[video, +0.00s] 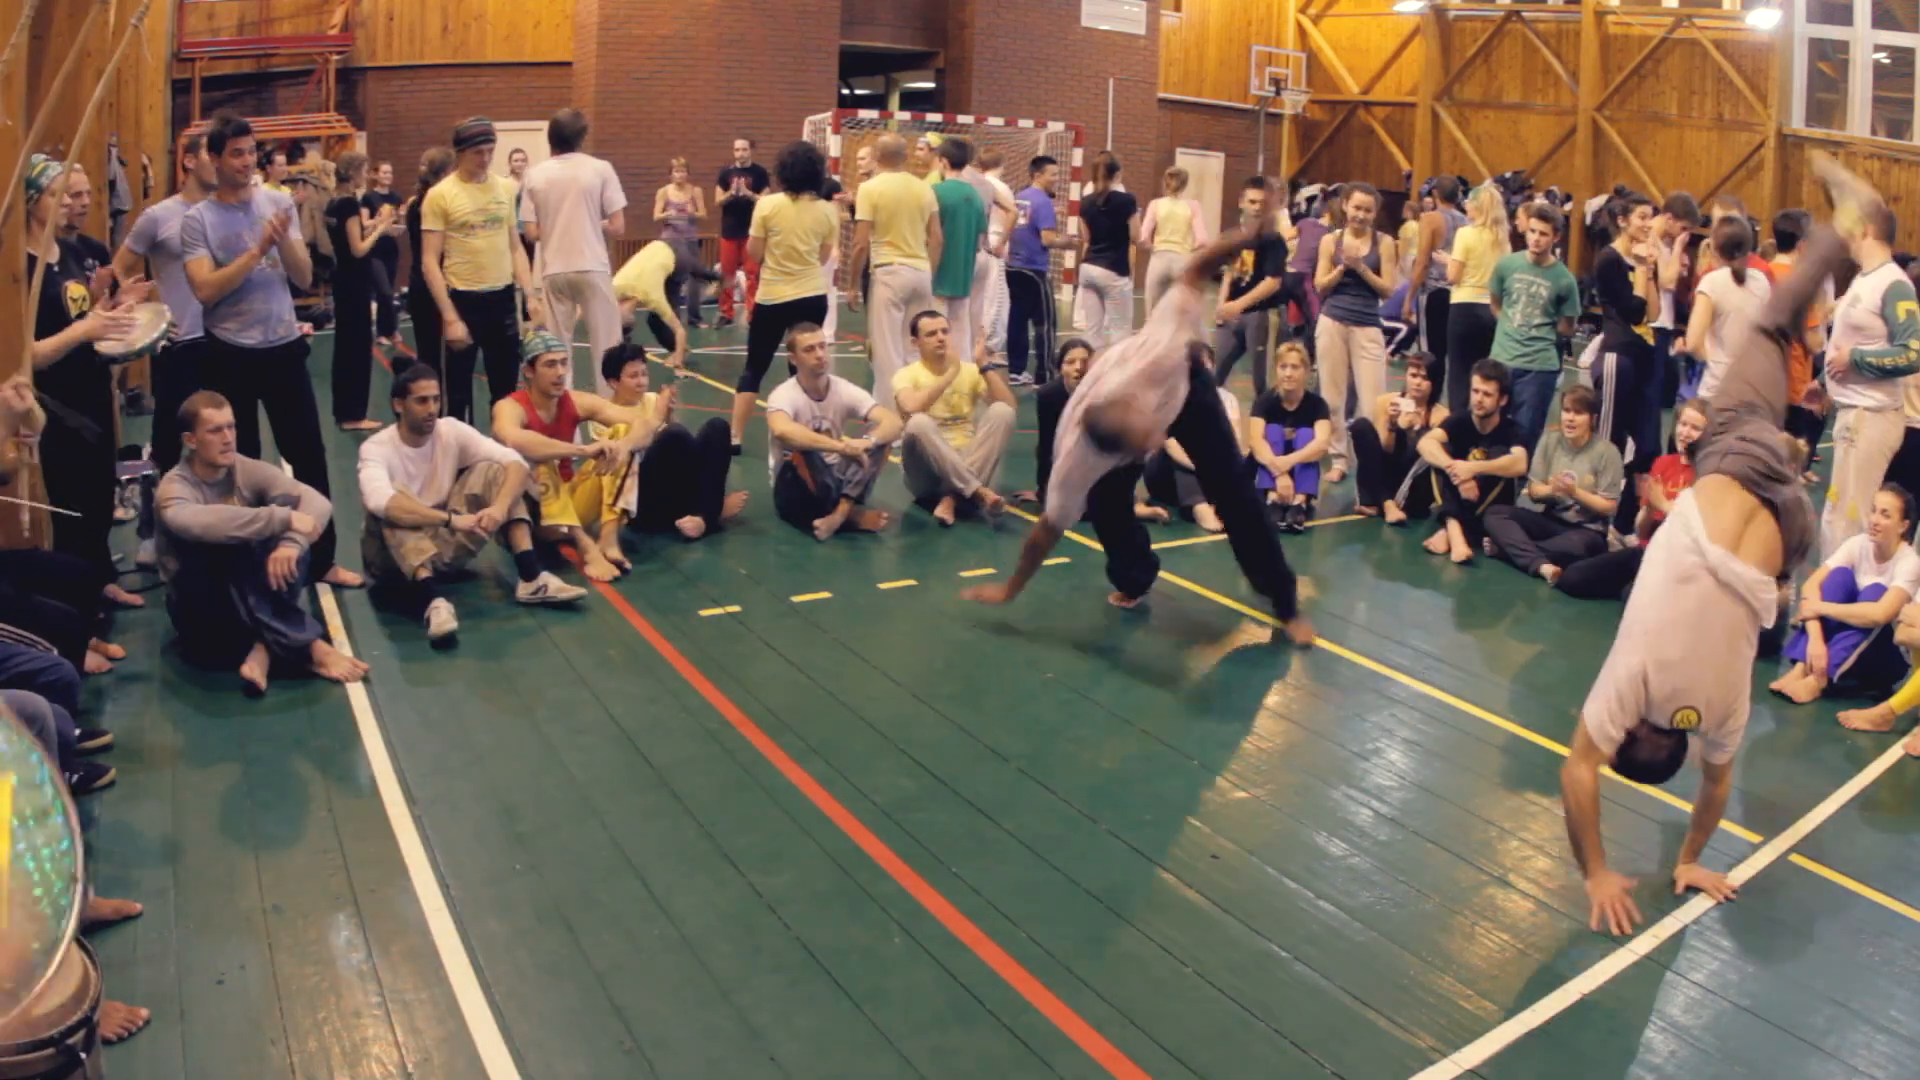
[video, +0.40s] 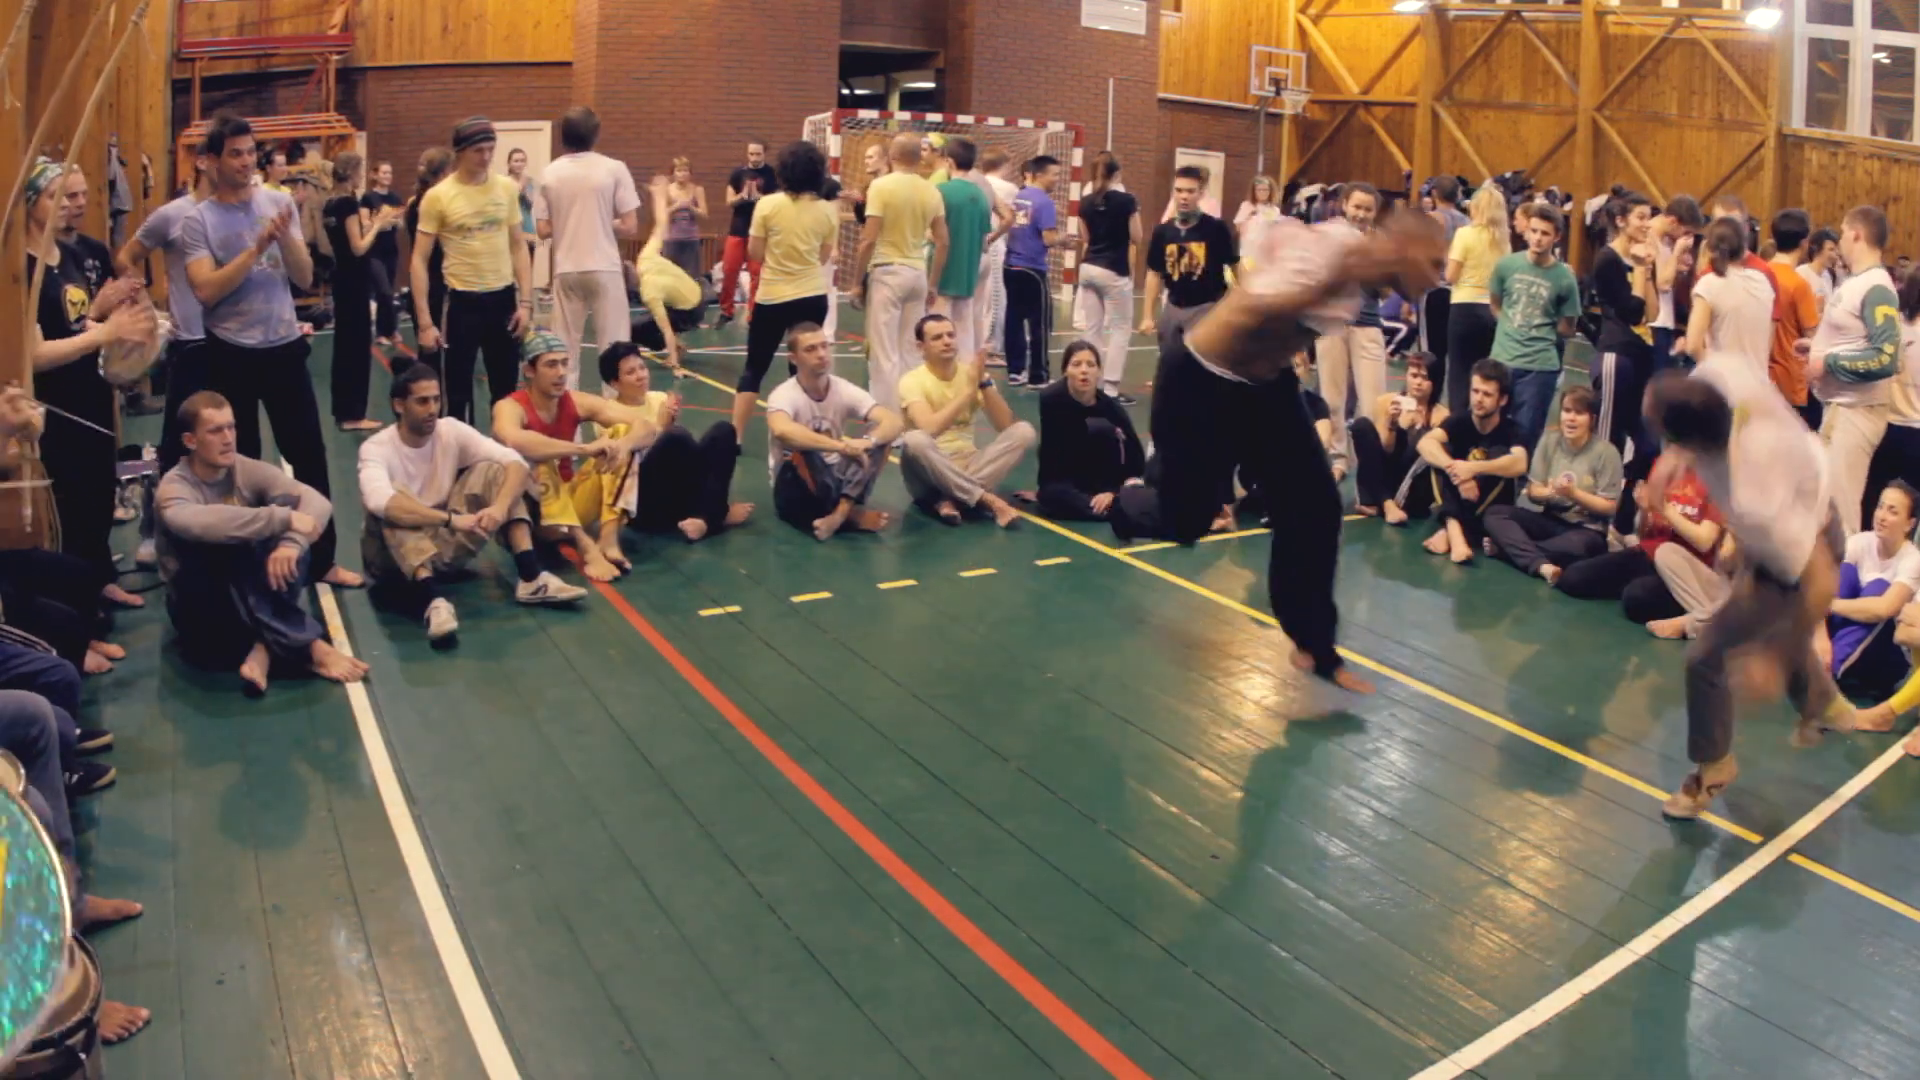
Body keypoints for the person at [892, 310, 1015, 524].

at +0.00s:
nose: (940, 338)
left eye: (944, 332)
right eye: (931, 334)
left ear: (950, 335)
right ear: (916, 342)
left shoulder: (969, 371)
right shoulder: (906, 376)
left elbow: (1008, 407)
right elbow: (911, 406)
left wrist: (985, 367)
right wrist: (950, 374)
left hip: (969, 475)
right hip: (926, 477)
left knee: (1003, 411)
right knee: (918, 423)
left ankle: (952, 497)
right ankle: (978, 490)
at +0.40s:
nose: (947, 342)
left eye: (951, 335)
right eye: (937, 338)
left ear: (957, 339)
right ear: (921, 346)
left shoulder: (970, 373)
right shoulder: (911, 382)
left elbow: (1005, 425)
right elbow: (929, 427)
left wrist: (985, 380)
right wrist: (969, 391)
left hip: (972, 466)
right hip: (932, 471)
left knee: (1024, 431)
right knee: (915, 441)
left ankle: (954, 499)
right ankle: (990, 501)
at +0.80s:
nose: (972, 348)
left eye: (971, 341)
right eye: (966, 342)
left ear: (947, 345)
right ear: (944, 345)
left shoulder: (976, 377)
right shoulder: (915, 383)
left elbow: (1005, 432)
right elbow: (925, 436)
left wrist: (991, 386)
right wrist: (954, 388)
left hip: (973, 466)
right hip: (934, 467)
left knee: (1028, 440)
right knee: (913, 447)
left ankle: (953, 500)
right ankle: (986, 501)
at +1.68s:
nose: (981, 346)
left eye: (979, 340)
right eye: (974, 341)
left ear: (955, 348)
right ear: (954, 348)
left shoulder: (982, 377)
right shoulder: (919, 386)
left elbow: (1006, 431)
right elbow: (937, 442)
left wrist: (985, 380)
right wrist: (972, 405)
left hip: (974, 463)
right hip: (935, 464)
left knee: (1006, 458)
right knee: (908, 457)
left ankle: (964, 506)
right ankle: (976, 499)